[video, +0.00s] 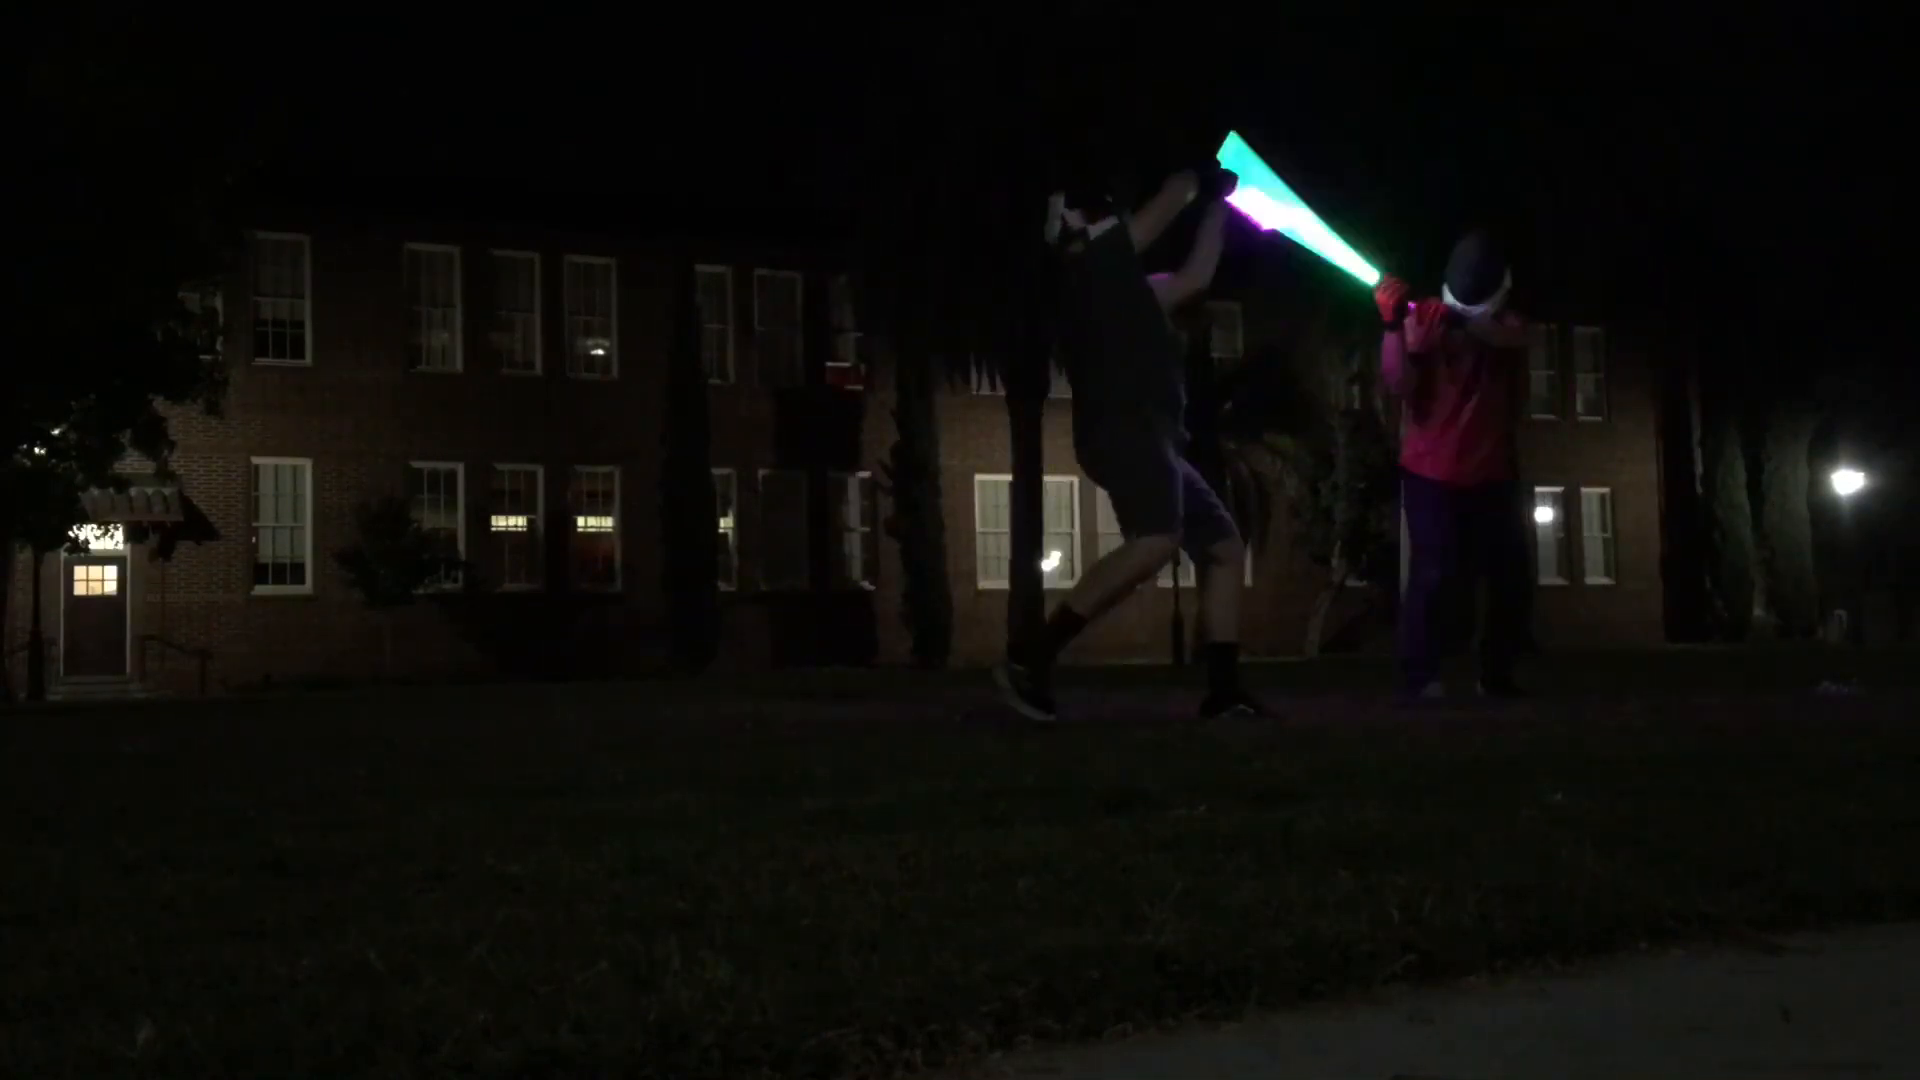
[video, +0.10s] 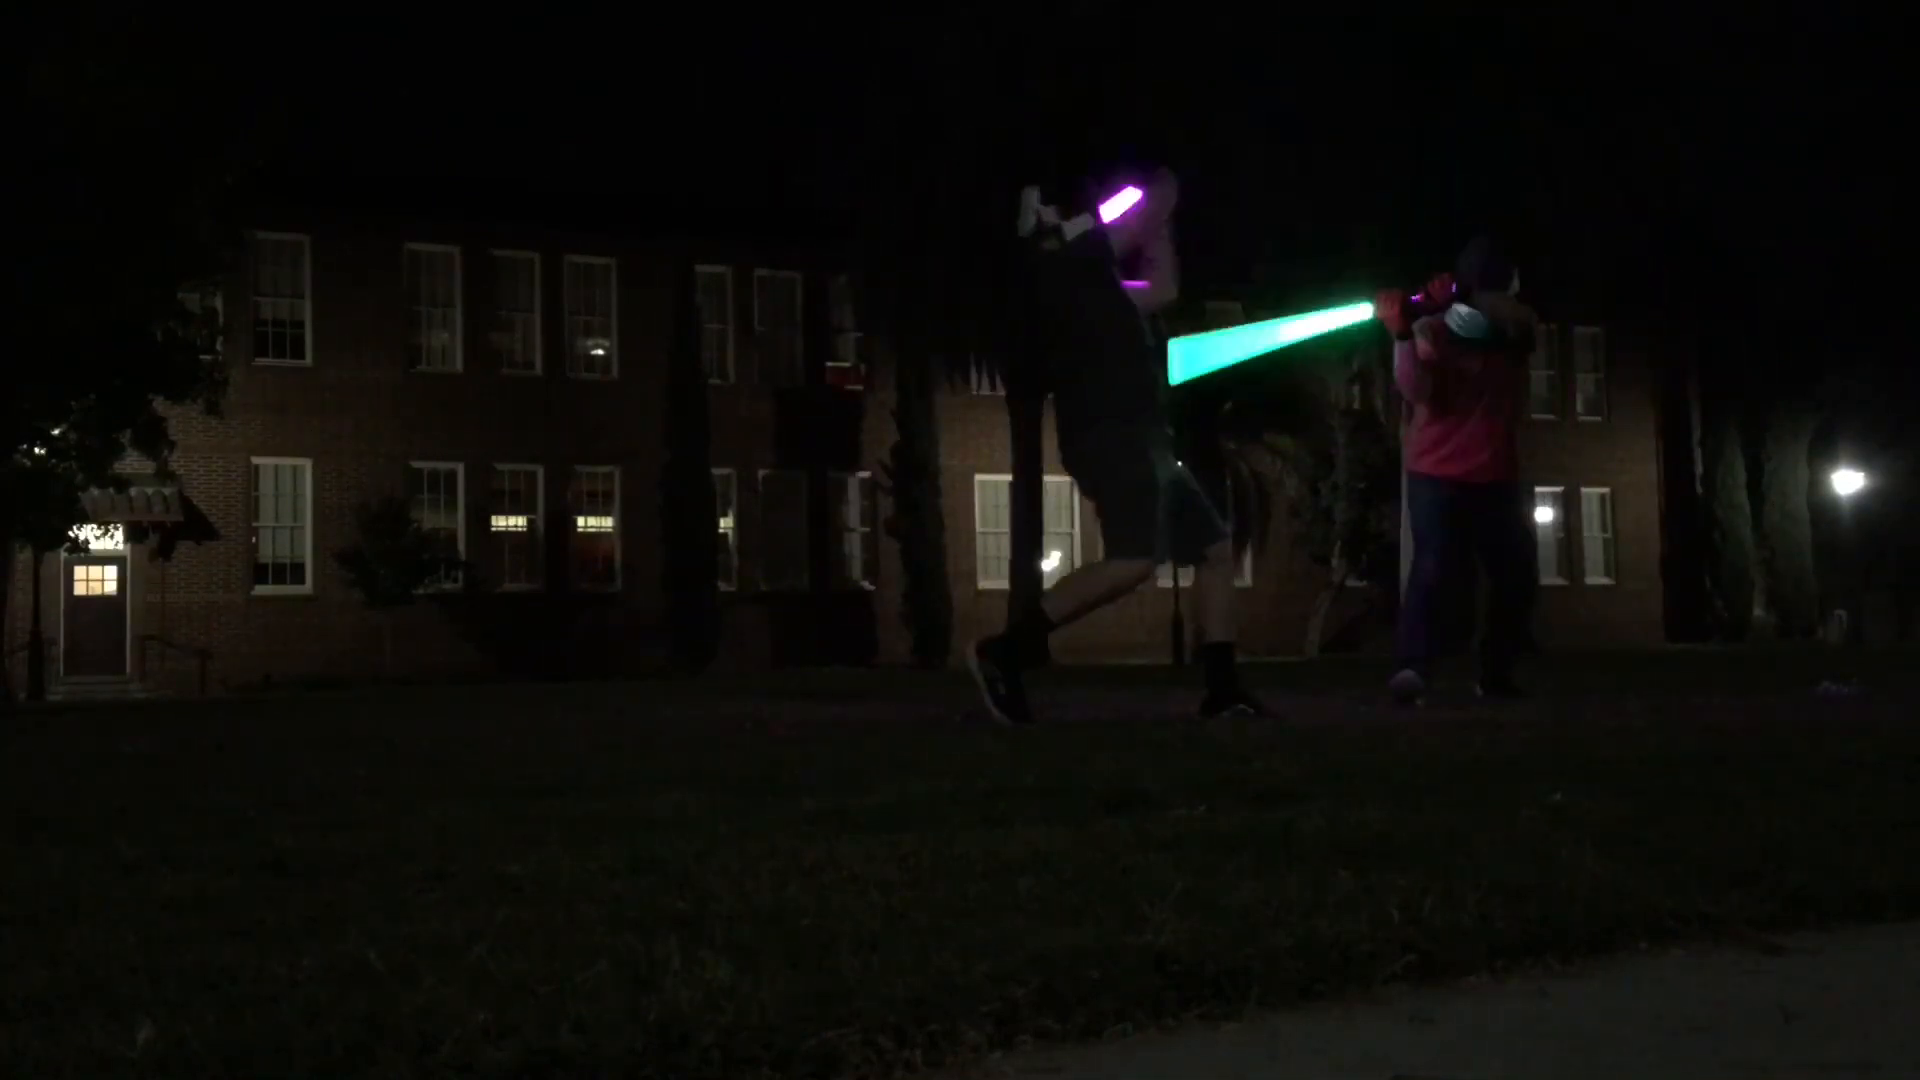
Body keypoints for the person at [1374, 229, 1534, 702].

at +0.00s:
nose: (1475, 313)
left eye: (1485, 305)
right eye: (1466, 305)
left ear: (1499, 295)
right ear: (1451, 293)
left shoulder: (1507, 324)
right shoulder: (1423, 320)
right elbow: (1398, 383)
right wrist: (1392, 324)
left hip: (1491, 474)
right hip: (1431, 474)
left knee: (1508, 576)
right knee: (1436, 574)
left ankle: (1497, 676)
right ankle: (1420, 677)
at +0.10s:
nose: (1488, 299)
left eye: (1496, 289)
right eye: (1480, 289)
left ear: (1501, 291)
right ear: (1460, 288)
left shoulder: (1509, 332)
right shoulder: (1433, 327)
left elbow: (1527, 327)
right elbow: (1415, 390)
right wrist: (1403, 334)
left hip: (1493, 473)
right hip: (1435, 472)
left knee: (1512, 572)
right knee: (1433, 567)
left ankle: (1498, 672)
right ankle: (1412, 666)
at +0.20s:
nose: (1473, 324)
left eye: (1483, 315)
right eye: (1465, 315)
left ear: (1500, 307)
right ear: (1451, 303)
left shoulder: (1511, 334)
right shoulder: (1430, 331)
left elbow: (1524, 304)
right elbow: (1423, 386)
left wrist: (1473, 282)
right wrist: (1414, 331)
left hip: (1494, 468)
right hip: (1435, 468)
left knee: (1511, 569)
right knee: (1434, 563)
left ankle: (1497, 675)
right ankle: (1412, 674)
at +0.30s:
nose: (1464, 305)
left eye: (1472, 297)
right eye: (1454, 295)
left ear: (1488, 293)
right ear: (1440, 291)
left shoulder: (1508, 327)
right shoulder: (1427, 327)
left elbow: (1525, 300)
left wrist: (1488, 285)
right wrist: (1414, 326)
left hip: (1496, 465)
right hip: (1436, 467)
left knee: (1509, 569)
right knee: (1433, 566)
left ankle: (1498, 672)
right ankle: (1416, 669)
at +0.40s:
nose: (1461, 284)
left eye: (1468, 274)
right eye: (1452, 275)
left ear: (1482, 272)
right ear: (1436, 275)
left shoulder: (1501, 311)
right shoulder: (1424, 311)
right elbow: (1429, 378)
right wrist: (1473, 324)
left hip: (1495, 461)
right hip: (1435, 464)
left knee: (1502, 570)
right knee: (1435, 569)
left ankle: (1498, 672)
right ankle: (1420, 669)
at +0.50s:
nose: (1439, 306)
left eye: (1448, 296)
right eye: (1429, 297)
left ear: (1467, 283)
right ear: (1419, 289)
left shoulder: (1492, 325)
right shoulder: (1407, 328)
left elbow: (1510, 393)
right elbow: (1404, 394)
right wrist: (1465, 370)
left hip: (1488, 474)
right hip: (1428, 478)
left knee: (1498, 578)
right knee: (1434, 580)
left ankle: (1497, 676)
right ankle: (1428, 676)